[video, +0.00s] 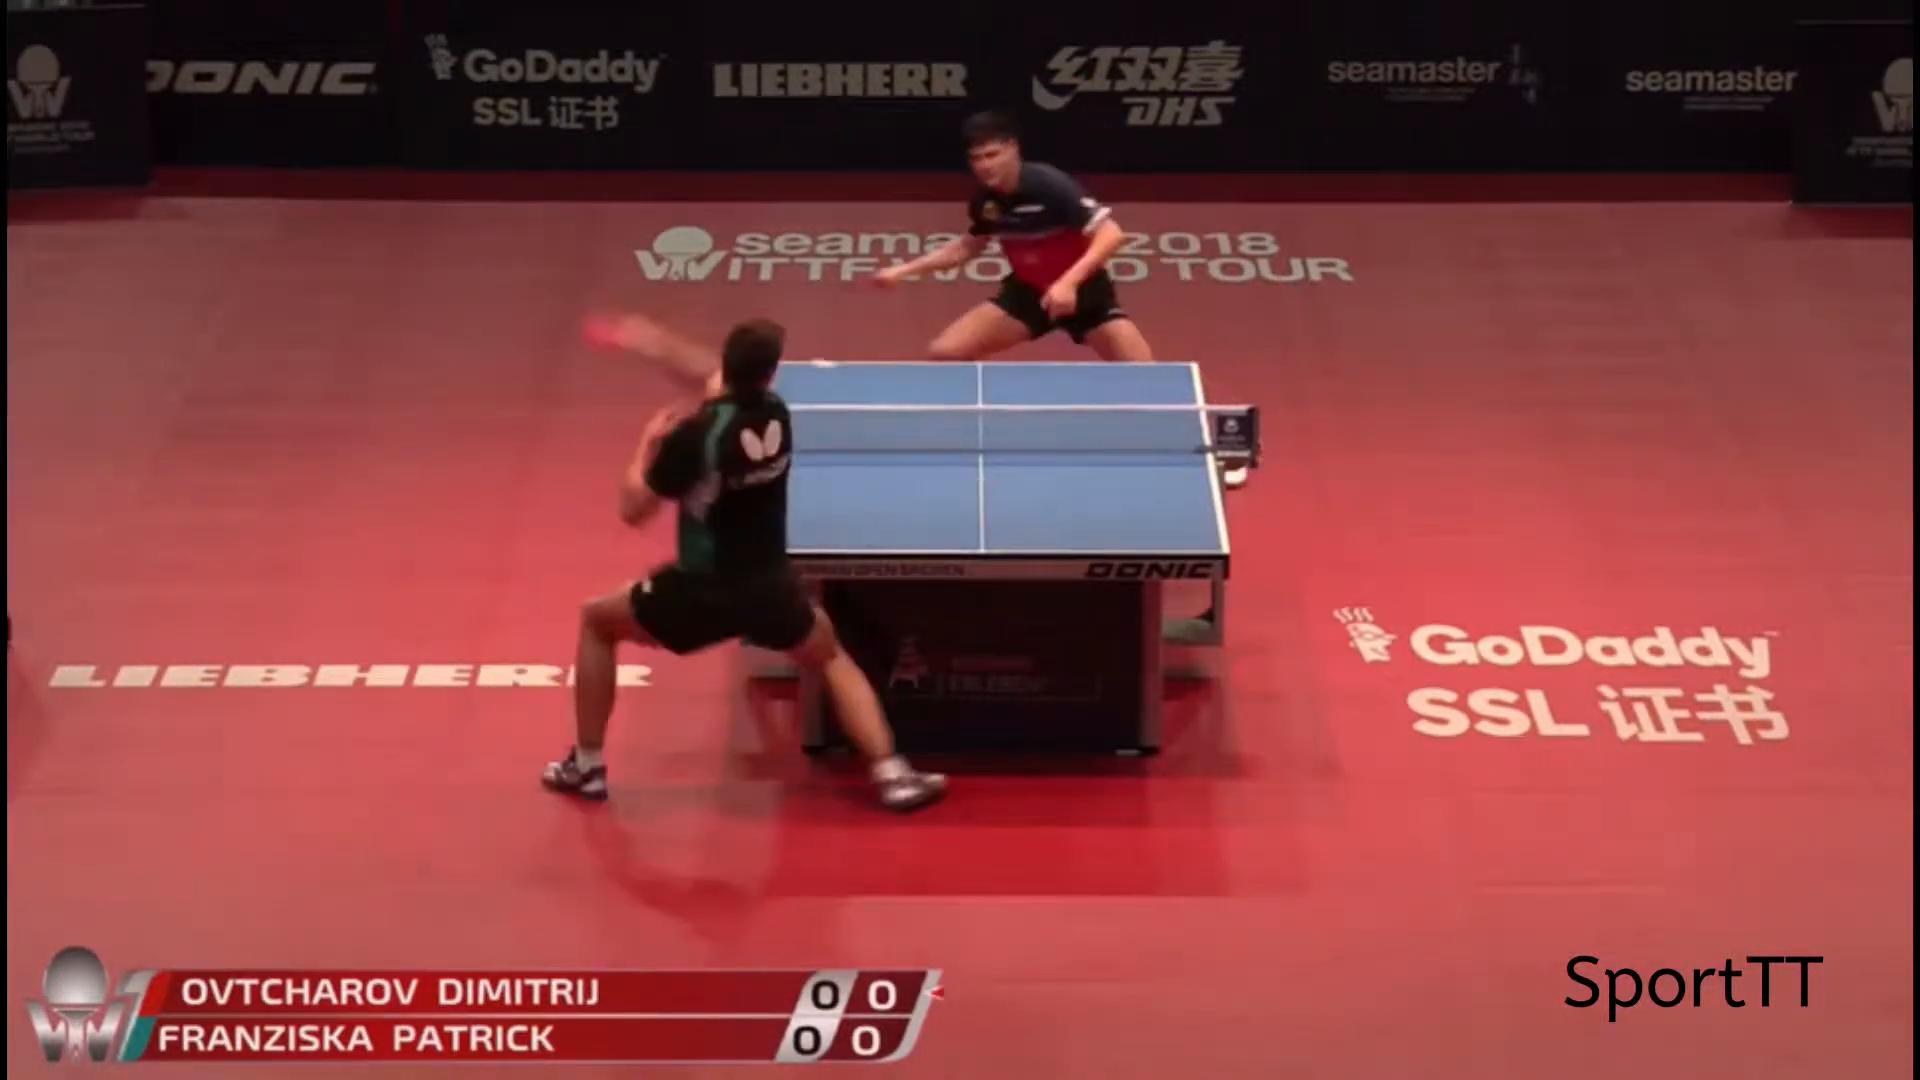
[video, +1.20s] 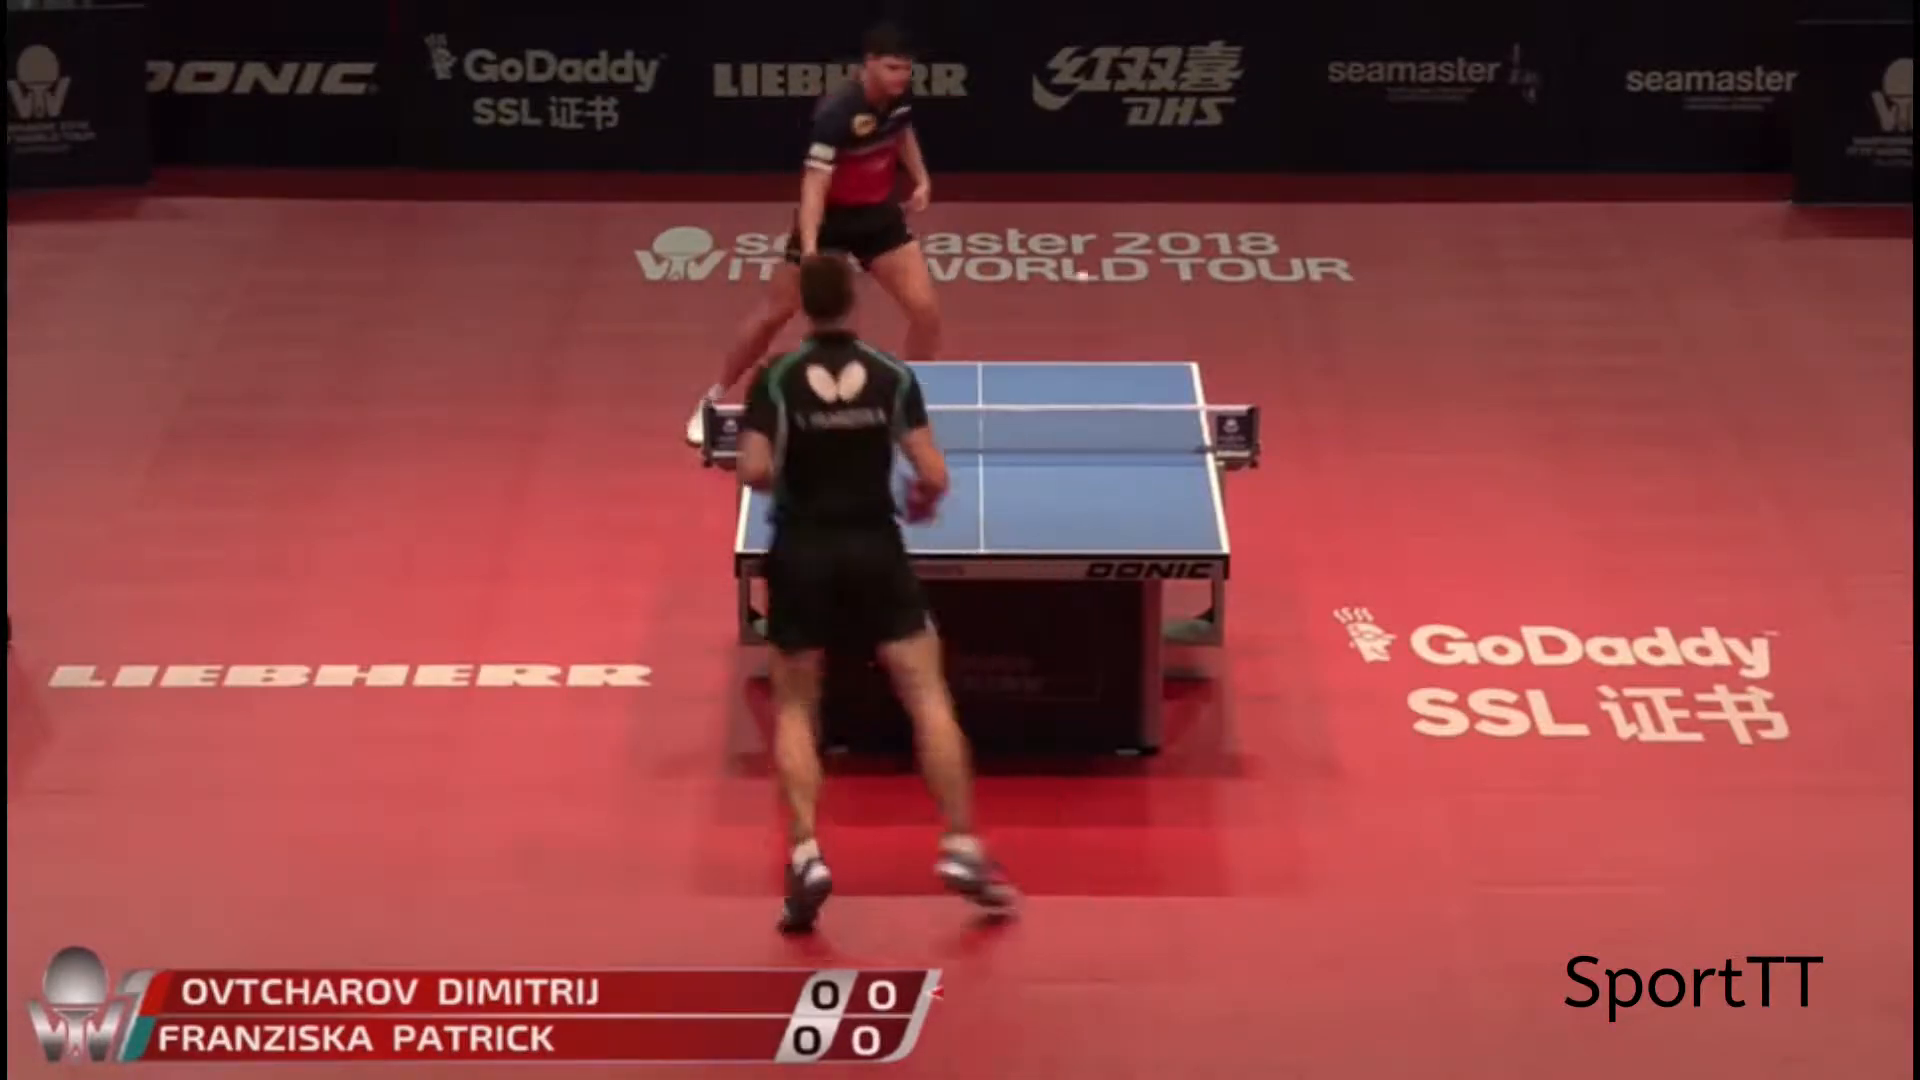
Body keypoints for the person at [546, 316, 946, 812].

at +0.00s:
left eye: (727, 355)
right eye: (767, 361)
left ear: (721, 364)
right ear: (772, 371)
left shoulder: (697, 433)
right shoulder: (777, 416)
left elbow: (635, 508)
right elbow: (714, 375)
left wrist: (648, 441)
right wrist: (656, 342)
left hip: (701, 591)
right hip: (770, 590)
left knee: (598, 621)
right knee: (831, 658)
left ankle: (587, 764)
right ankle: (891, 771)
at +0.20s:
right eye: (833, 329)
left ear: (793, 337)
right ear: (842, 340)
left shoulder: (755, 402)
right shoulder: (877, 410)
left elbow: (726, 493)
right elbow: (889, 509)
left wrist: (750, 521)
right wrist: (848, 484)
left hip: (774, 562)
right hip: (853, 562)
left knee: (693, 654)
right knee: (924, 643)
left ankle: (623, 766)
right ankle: (971, 763)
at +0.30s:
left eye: (839, 327)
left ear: (836, 337)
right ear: (888, 346)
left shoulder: (788, 401)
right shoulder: (906, 424)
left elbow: (739, 486)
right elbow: (930, 525)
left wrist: (769, 522)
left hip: (781, 559)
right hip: (865, 564)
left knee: (713, 651)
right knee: (954, 648)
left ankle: (653, 781)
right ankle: (1016, 774)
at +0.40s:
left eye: (909, 368)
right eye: (937, 374)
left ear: (896, 373)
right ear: (945, 381)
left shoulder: (844, 427)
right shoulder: (954, 451)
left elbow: (787, 515)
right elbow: (964, 558)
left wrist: (800, 564)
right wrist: (913, 561)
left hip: (819, 588)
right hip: (896, 597)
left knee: (743, 686)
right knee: (1006, 680)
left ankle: (651, 804)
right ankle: (1048, 829)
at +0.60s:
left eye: (929, 344)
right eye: (952, 348)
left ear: (917, 352)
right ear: (966, 361)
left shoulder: (873, 409)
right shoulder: (990, 435)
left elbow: (827, 497)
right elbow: (993, 542)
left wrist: (830, 538)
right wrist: (945, 547)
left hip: (856, 580)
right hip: (940, 588)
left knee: (764, 690)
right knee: (1027, 676)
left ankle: (676, 805)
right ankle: (1052, 825)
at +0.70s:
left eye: (892, 287)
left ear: (891, 296)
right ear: (945, 297)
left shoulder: (853, 360)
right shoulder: (975, 367)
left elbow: (827, 449)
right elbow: (1015, 473)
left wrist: (855, 482)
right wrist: (1008, 535)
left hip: (861, 536)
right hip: (943, 540)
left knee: (818, 674)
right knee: (996, 679)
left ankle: (790, 823)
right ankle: (1030, 833)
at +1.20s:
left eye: (803, 297)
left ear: (800, 305)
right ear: (855, 301)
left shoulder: (773, 381)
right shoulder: (893, 377)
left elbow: (753, 469)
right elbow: (933, 474)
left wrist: (793, 481)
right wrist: (922, 502)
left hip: (800, 560)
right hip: (877, 555)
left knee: (796, 708)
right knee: (927, 696)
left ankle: (806, 850)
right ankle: (960, 841)